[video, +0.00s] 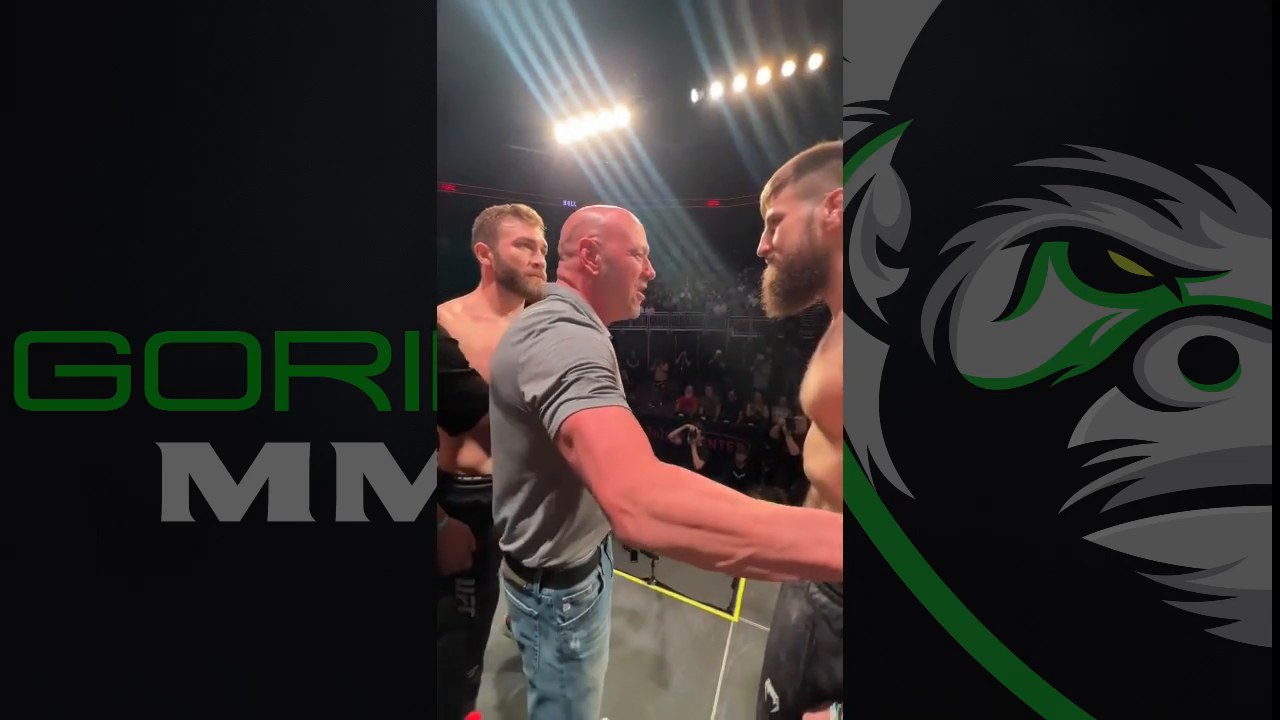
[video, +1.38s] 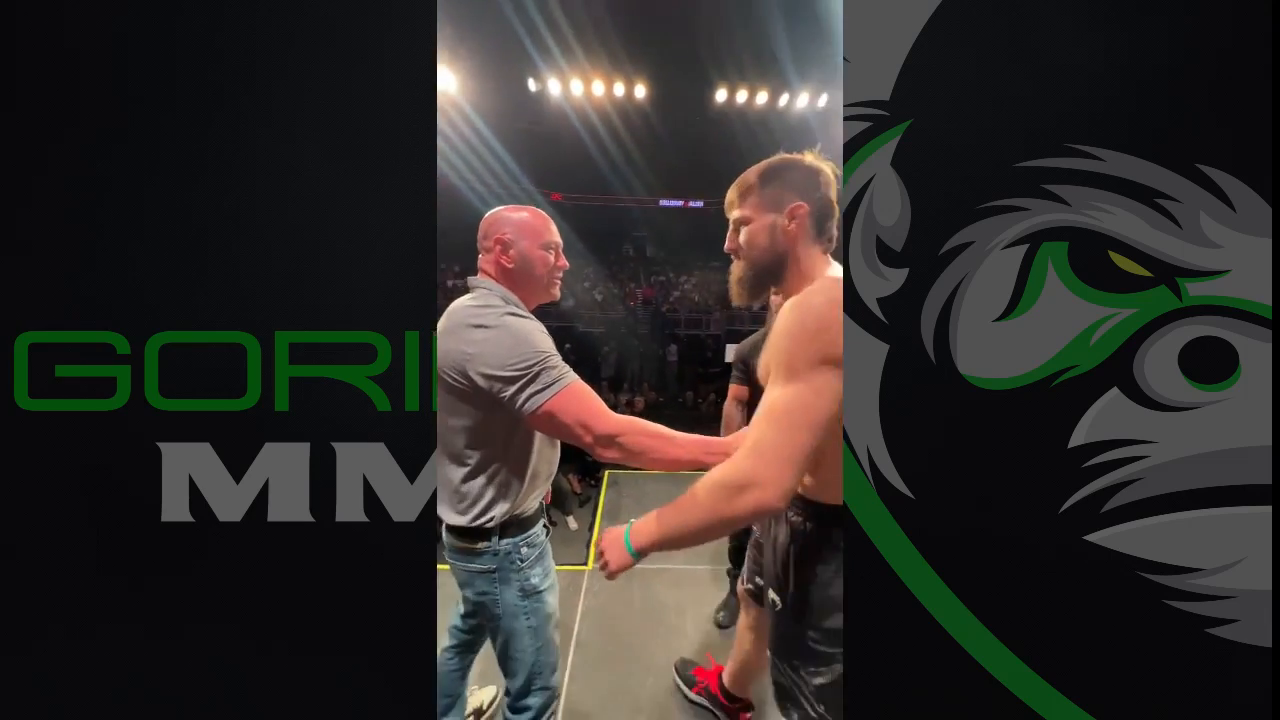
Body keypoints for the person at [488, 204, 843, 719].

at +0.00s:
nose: (651, 271)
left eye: (647, 256)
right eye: (638, 254)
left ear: (588, 259)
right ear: (589, 256)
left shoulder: (557, 324)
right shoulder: (560, 336)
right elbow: (641, 503)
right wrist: (844, 543)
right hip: (559, 586)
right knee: (566, 710)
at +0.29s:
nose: (665, 285)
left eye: (664, 271)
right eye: (655, 269)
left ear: (607, 265)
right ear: (610, 262)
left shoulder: (572, 327)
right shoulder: (577, 341)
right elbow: (633, 501)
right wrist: (816, 509)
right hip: (559, 563)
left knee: (565, 666)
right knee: (565, 703)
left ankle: (574, 708)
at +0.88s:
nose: (611, 279)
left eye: (611, 267)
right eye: (602, 266)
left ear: (554, 264)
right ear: (558, 262)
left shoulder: (523, 320)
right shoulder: (549, 334)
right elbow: (640, 441)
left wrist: (639, 450)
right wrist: (764, 448)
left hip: (519, 528)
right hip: (544, 539)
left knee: (524, 643)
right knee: (586, 690)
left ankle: (519, 711)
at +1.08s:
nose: (590, 270)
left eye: (588, 259)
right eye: (578, 258)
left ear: (530, 262)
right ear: (532, 259)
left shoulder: (502, 318)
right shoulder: (530, 331)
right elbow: (626, 436)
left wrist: (610, 438)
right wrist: (746, 447)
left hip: (498, 527)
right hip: (525, 537)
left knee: (496, 646)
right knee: (560, 692)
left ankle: (492, 713)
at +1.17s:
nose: (583, 269)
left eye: (581, 258)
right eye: (572, 257)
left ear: (524, 260)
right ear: (525, 258)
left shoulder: (498, 318)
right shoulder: (523, 331)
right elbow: (620, 435)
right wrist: (741, 452)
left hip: (493, 528)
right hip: (517, 539)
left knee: (489, 645)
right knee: (551, 693)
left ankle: (480, 713)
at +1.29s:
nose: (569, 266)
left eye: (567, 254)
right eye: (557, 254)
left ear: (510, 257)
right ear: (510, 256)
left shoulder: (485, 316)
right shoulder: (510, 332)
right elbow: (609, 435)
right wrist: (736, 452)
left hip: (482, 529)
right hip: (507, 540)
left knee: (474, 640)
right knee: (540, 691)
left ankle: (457, 713)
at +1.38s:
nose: (563, 262)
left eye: (561, 250)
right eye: (550, 250)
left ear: (500, 254)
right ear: (502, 253)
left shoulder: (468, 315)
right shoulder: (504, 331)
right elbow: (603, 434)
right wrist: (725, 449)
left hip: (474, 528)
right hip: (504, 541)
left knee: (467, 632)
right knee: (534, 692)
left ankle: (446, 708)